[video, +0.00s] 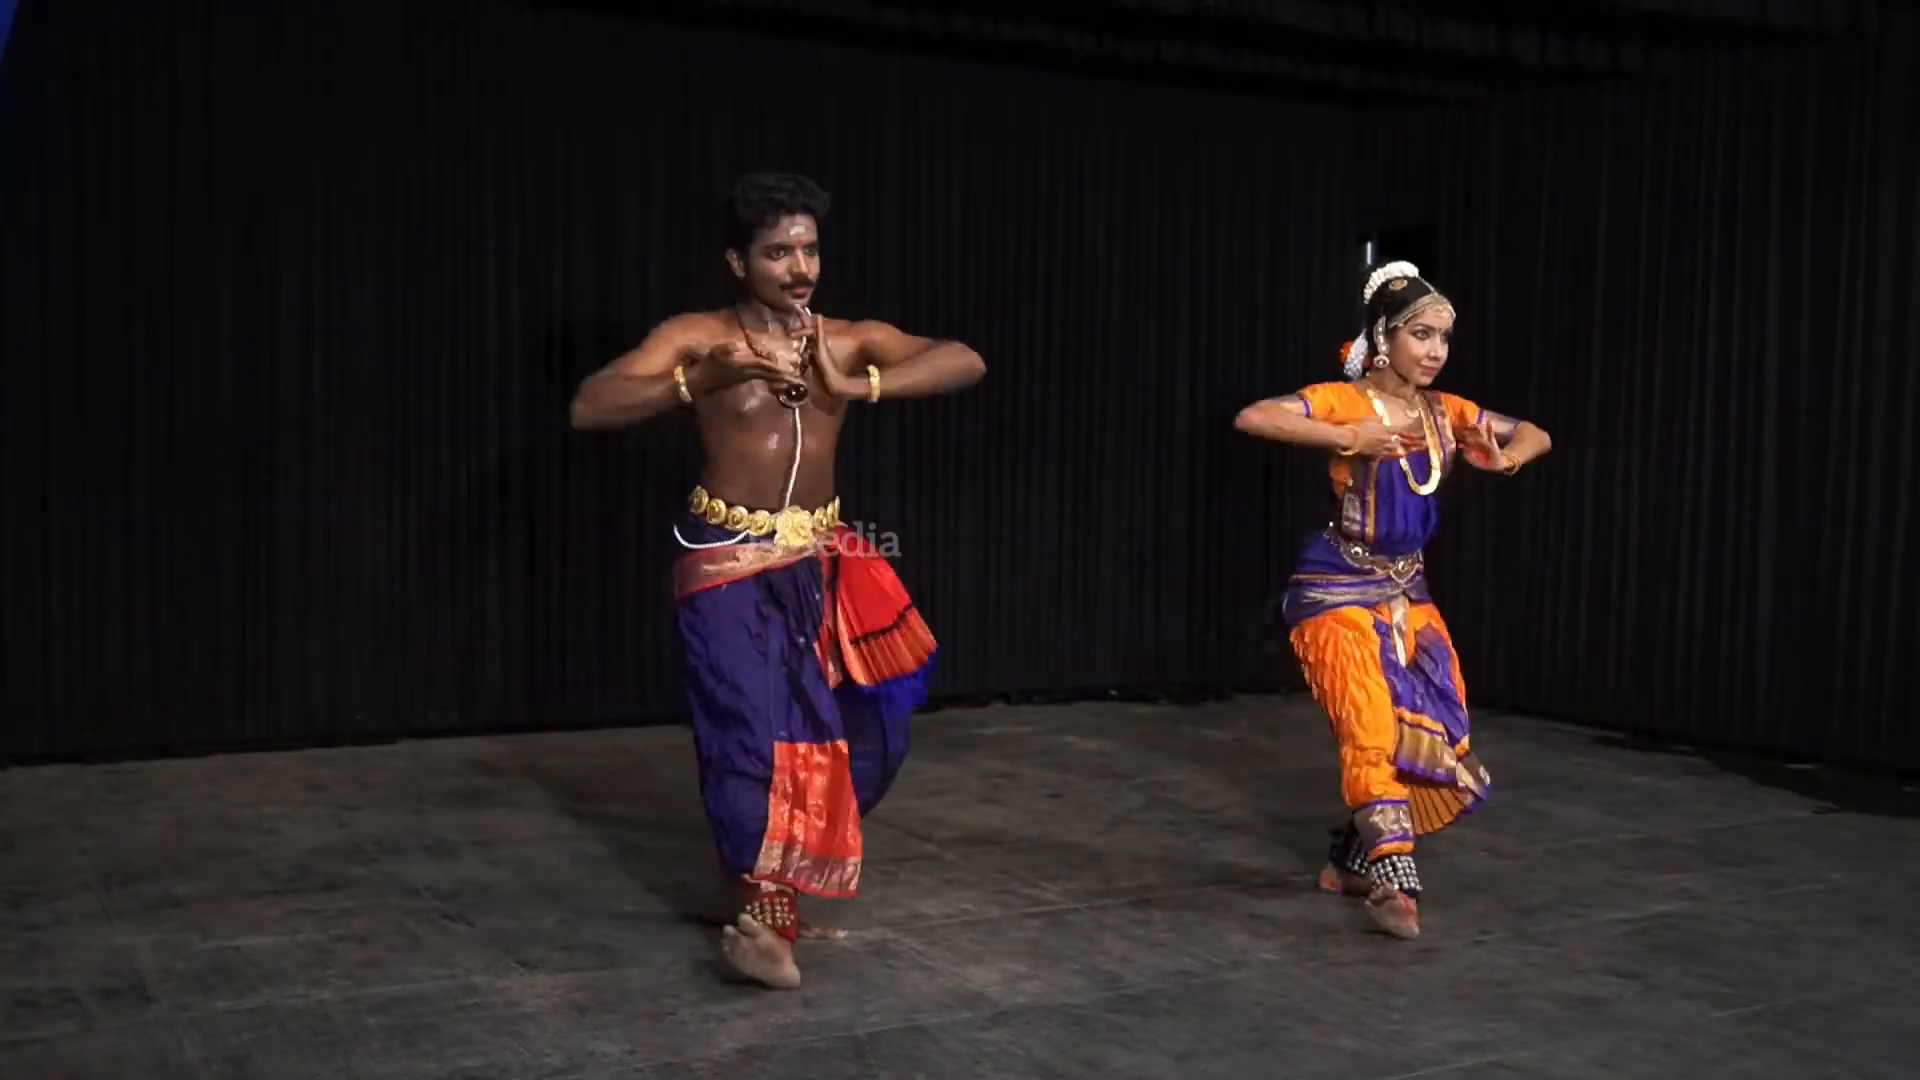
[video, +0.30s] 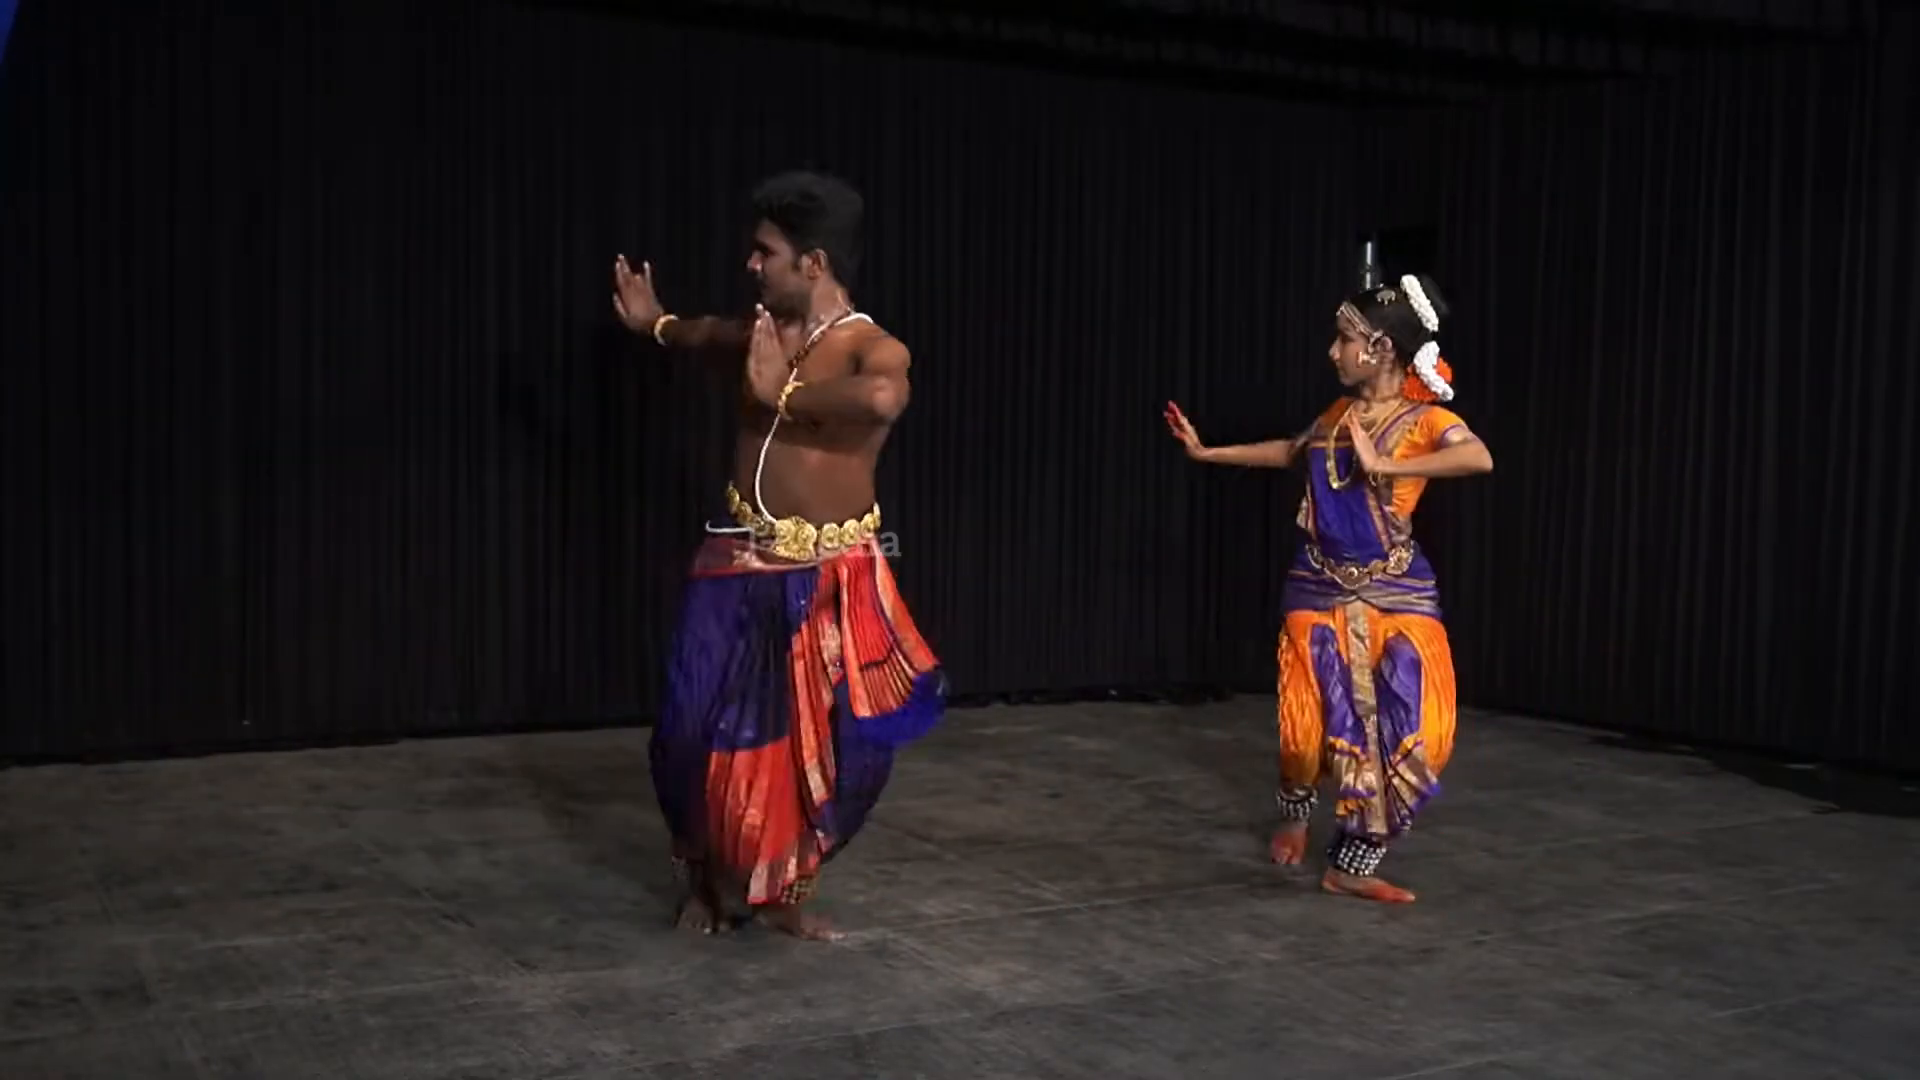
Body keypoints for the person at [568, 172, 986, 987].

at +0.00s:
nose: (802, 267)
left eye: (811, 250)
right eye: (781, 253)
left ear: (820, 254)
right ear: (740, 263)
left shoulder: (848, 337)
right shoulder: (698, 337)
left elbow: (967, 361)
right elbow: (590, 406)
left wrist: (869, 384)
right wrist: (695, 379)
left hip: (817, 555)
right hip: (730, 557)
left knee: (823, 719)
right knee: (755, 724)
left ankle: (776, 897)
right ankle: (761, 915)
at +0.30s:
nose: (753, 264)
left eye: (767, 252)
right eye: (755, 250)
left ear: (815, 262)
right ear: (799, 260)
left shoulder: (874, 345)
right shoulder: (762, 331)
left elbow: (880, 402)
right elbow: (702, 332)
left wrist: (779, 394)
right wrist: (653, 321)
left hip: (833, 572)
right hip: (740, 563)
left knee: (828, 735)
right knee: (693, 725)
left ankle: (789, 894)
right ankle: (710, 881)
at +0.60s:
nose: (869, 268)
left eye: (890, 256)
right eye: (860, 252)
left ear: (923, 273)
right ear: (846, 261)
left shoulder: (958, 363)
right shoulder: (806, 343)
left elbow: (1063, 437)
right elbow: (688, 384)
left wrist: (963, 412)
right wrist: (806, 395)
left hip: (911, 561)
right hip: (810, 559)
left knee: (1010, 674)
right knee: (758, 715)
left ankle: (927, 760)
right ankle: (721, 867)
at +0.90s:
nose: (1113, 355)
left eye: (1115, 340)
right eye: (1097, 338)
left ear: (1091, 349)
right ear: (1041, 344)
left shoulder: (1078, 423)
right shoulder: (1019, 426)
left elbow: (1181, 463)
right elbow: (1164, 473)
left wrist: (1313, 469)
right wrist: (1316, 474)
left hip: (1071, 644)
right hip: (983, 652)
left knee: (1211, 732)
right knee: (845, 803)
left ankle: (1194, 928)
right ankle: (688, 853)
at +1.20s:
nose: (1222, 434)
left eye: (1223, 415)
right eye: (1202, 416)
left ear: (1209, 422)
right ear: (1146, 427)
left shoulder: (1208, 489)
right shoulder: (1112, 504)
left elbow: (1294, 522)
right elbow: (1236, 533)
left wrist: (1443, 542)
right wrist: (1374, 536)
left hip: (1158, 712)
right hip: (1059, 718)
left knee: (1301, 781)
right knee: (903, 806)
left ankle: (1184, 927)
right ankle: (729, 855)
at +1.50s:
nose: (1217, 376)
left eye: (1229, 360)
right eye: (1197, 361)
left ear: (1246, 371)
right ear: (1156, 373)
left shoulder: (1281, 469)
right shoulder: (1103, 459)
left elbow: (1387, 538)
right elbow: (1003, 519)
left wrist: (1285, 549)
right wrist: (1104, 548)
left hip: (1224, 685)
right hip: (1108, 680)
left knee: (1320, 808)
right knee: (975, 787)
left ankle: (1199, 926)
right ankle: (817, 888)